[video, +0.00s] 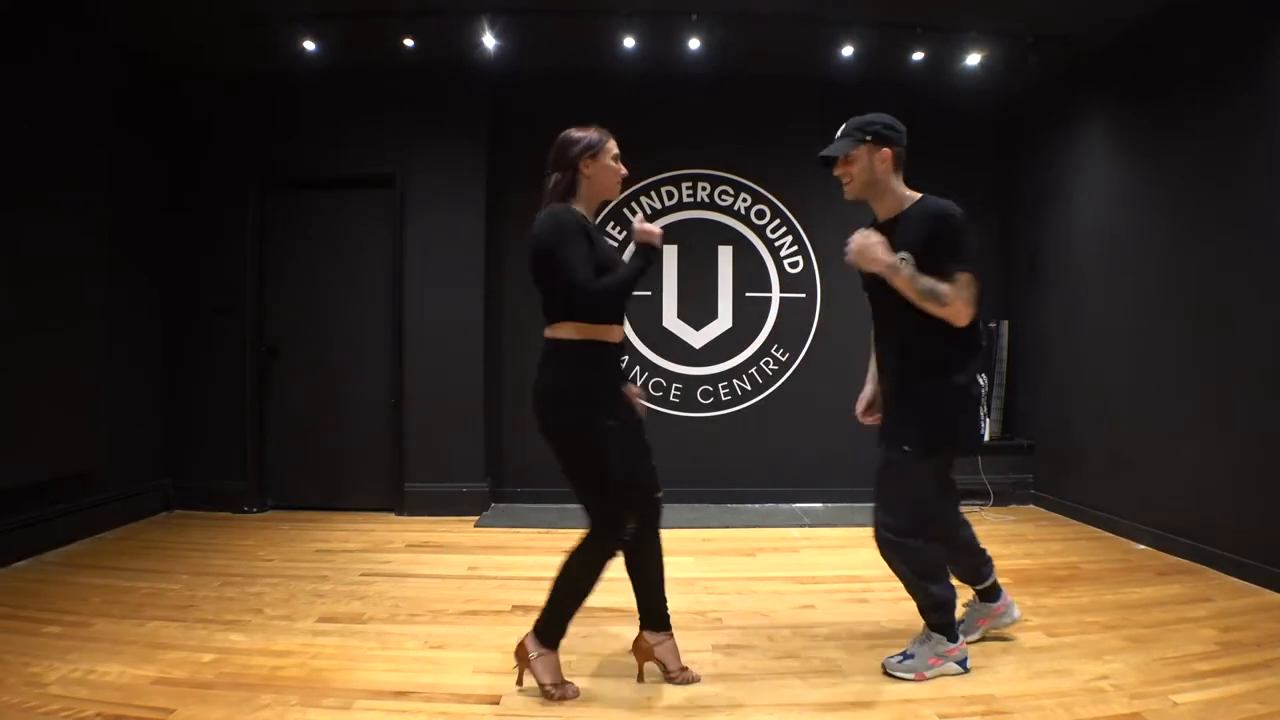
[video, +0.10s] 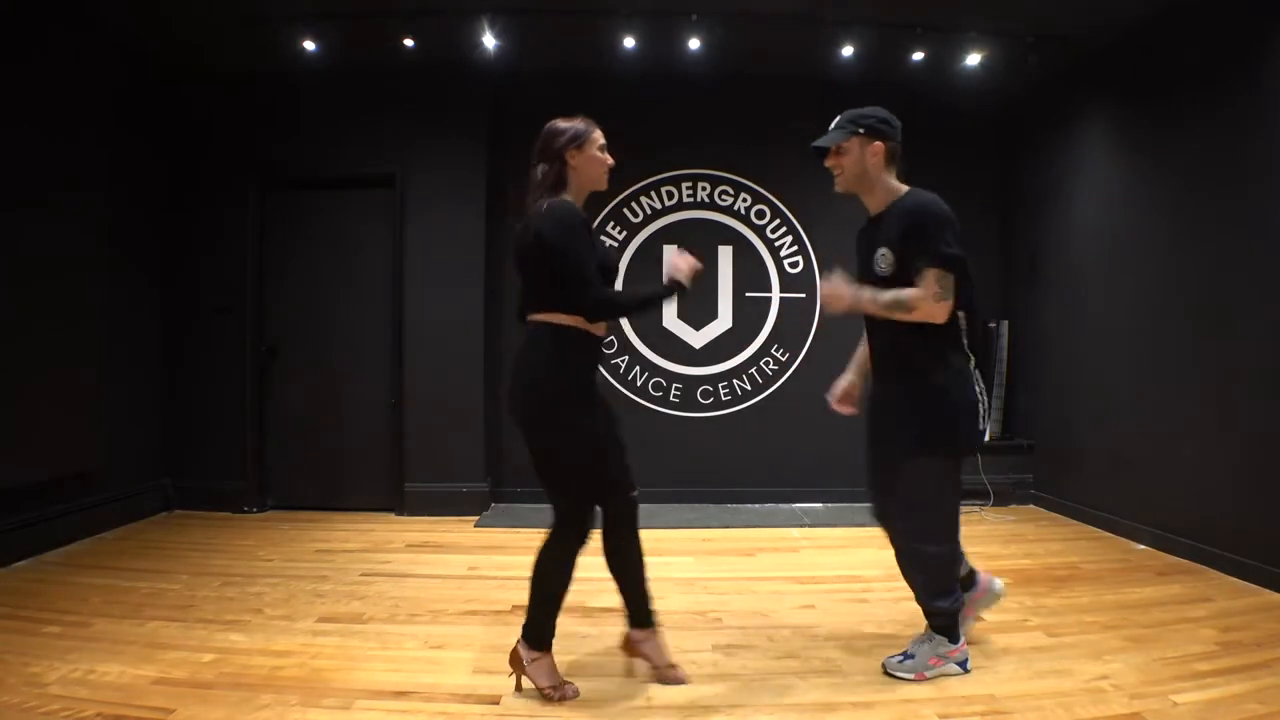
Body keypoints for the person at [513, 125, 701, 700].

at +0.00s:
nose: (624, 169)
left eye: (622, 160)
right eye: (614, 160)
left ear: (593, 167)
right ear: (583, 166)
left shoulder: (598, 229)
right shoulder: (558, 224)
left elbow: (593, 322)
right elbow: (590, 298)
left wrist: (619, 382)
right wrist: (641, 254)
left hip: (603, 381)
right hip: (569, 382)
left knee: (644, 503)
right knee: (611, 518)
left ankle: (655, 632)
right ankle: (541, 642)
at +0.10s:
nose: (610, 159)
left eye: (607, 149)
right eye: (600, 150)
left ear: (577, 160)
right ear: (569, 159)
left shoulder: (565, 219)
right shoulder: (558, 219)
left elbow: (556, 305)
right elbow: (597, 305)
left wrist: (595, 325)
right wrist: (670, 283)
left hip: (568, 374)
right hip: (551, 375)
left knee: (619, 501)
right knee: (576, 512)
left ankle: (642, 630)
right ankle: (534, 646)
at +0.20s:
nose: (595, 154)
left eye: (591, 145)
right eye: (585, 146)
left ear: (556, 158)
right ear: (554, 157)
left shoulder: (538, 218)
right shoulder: (555, 220)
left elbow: (502, 291)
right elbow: (591, 305)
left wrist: (561, 312)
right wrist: (679, 322)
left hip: (537, 378)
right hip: (534, 381)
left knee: (604, 488)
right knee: (548, 505)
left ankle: (568, 622)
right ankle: (532, 645)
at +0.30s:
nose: (568, 159)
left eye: (564, 149)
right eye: (557, 150)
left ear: (527, 165)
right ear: (527, 162)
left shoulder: (510, 222)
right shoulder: (531, 224)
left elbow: (517, 299)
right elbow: (554, 298)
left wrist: (562, 265)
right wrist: (636, 319)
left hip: (507, 368)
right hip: (519, 370)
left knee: (539, 500)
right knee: (531, 508)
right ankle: (532, 649)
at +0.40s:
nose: (549, 159)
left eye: (545, 149)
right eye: (538, 150)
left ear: (508, 163)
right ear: (507, 161)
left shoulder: (487, 220)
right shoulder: (513, 219)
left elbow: (501, 282)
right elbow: (521, 279)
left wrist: (554, 251)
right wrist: (587, 279)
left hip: (477, 366)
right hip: (505, 368)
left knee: (483, 506)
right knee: (520, 514)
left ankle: (422, 608)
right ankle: (533, 648)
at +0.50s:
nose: (520, 157)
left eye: (517, 148)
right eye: (509, 148)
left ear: (485, 160)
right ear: (476, 158)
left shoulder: (481, 224)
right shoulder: (467, 215)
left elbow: (520, 282)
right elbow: (484, 249)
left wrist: (571, 252)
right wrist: (553, 223)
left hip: (447, 364)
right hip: (466, 365)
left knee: (442, 494)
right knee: (520, 487)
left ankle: (411, 611)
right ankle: (501, 628)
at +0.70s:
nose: (478, 163)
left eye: (475, 154)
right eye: (470, 154)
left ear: (451, 163)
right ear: (445, 161)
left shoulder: (468, 240)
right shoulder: (416, 219)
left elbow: (533, 278)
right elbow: (451, 239)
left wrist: (600, 255)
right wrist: (532, 206)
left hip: (436, 375)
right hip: (414, 374)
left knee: (434, 490)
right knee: (459, 488)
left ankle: (411, 609)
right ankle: (419, 611)